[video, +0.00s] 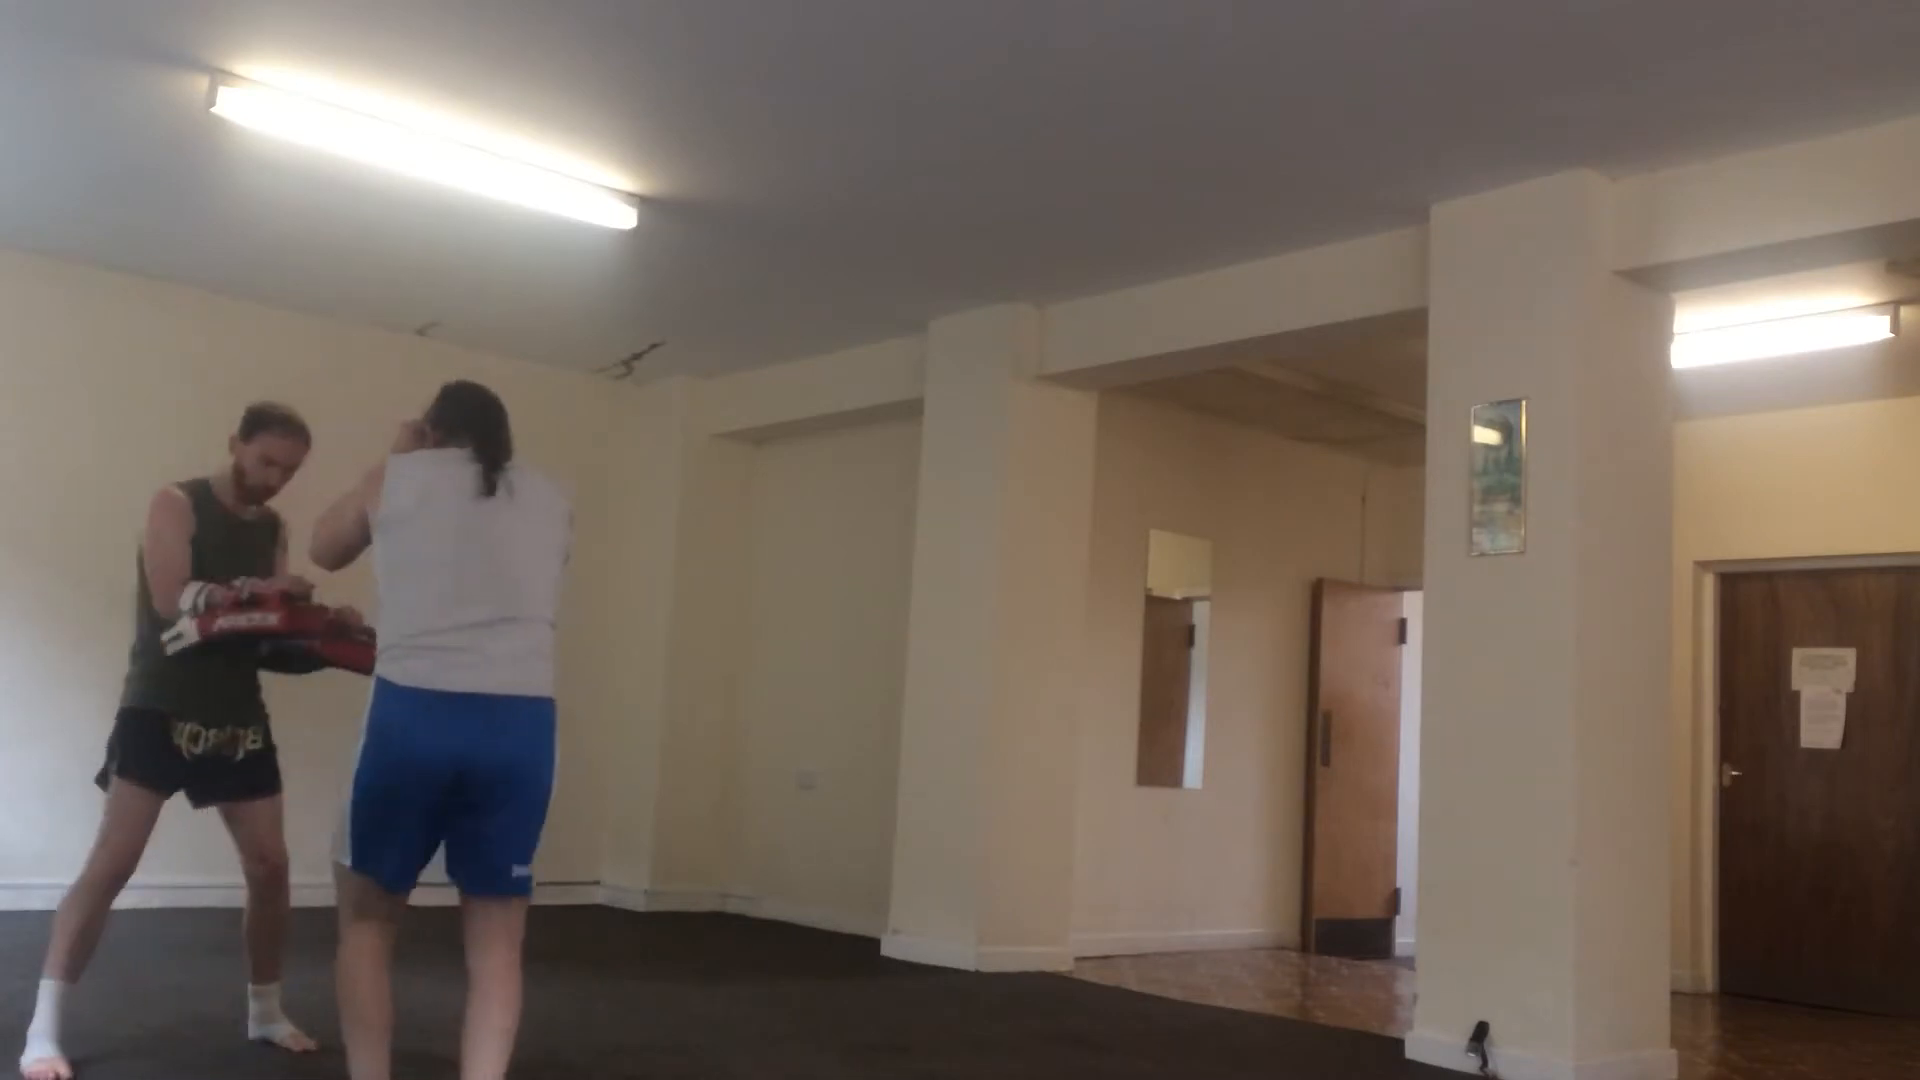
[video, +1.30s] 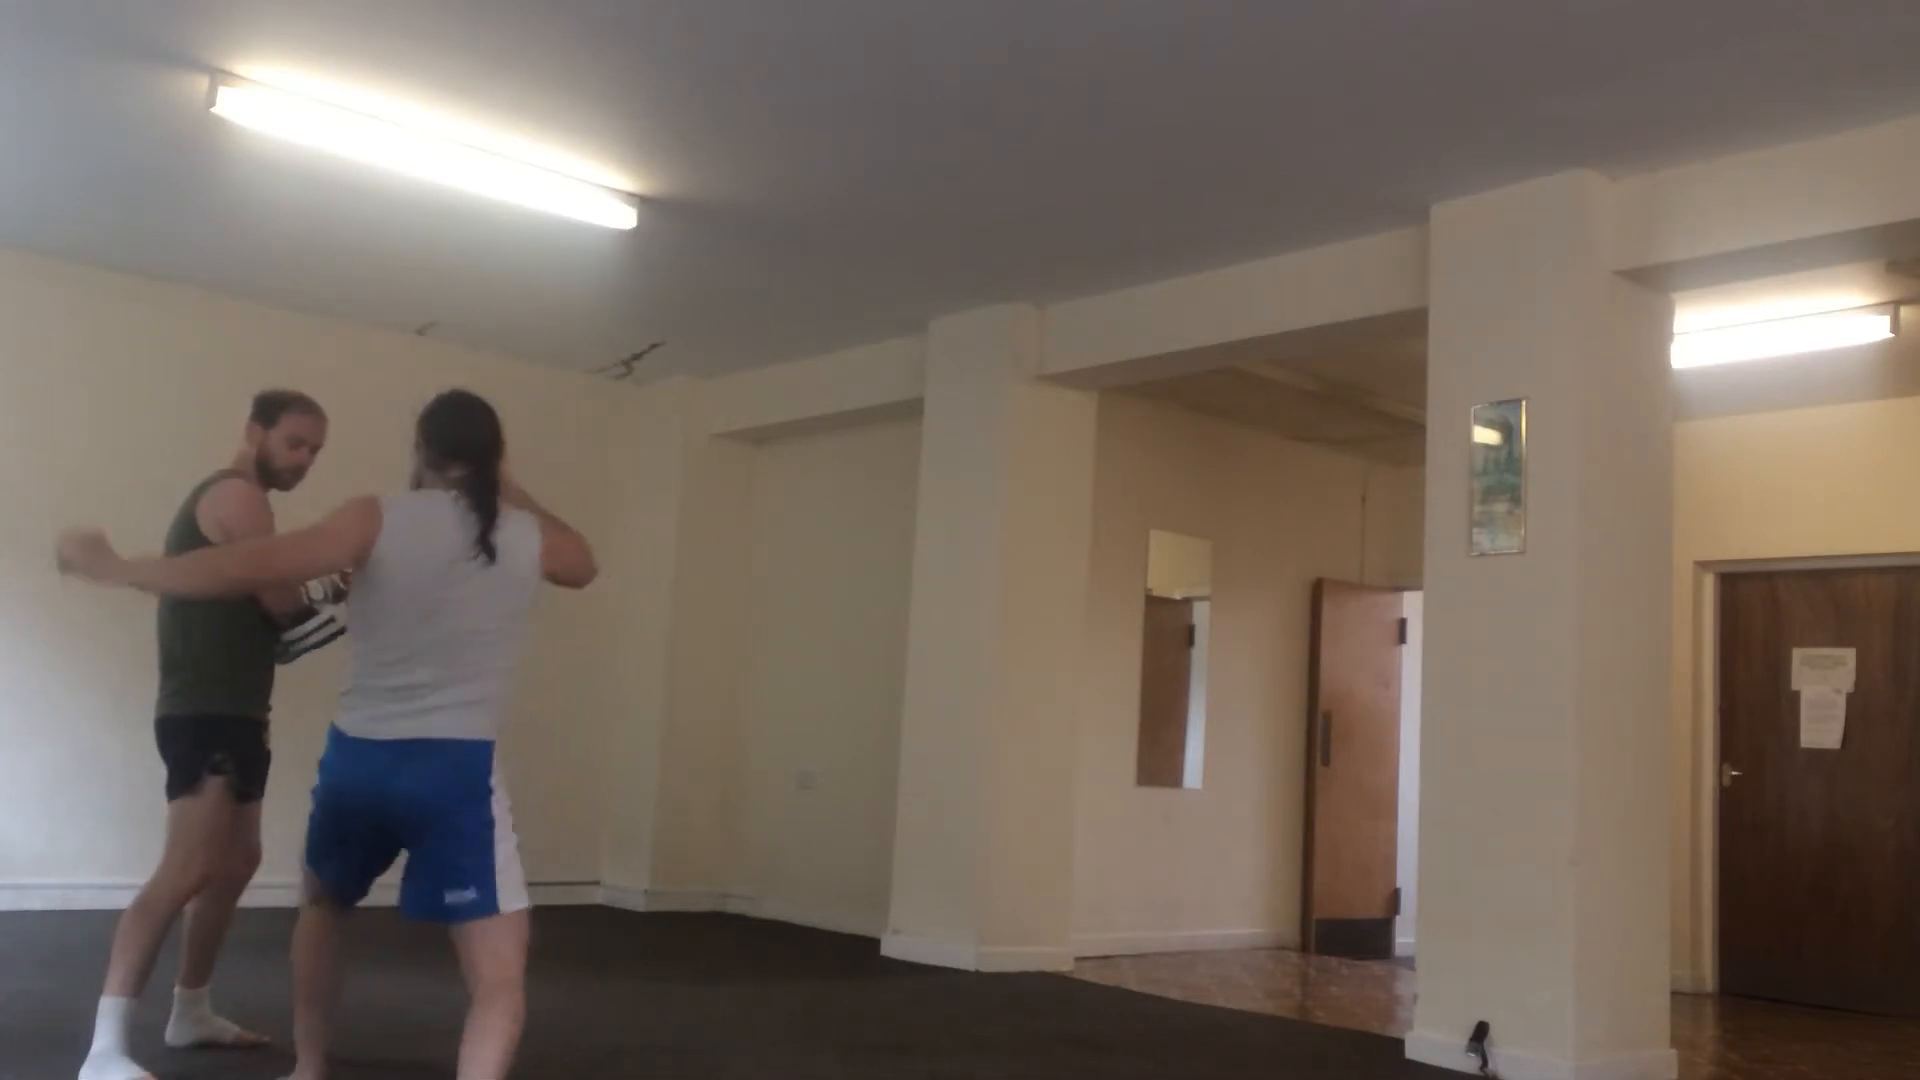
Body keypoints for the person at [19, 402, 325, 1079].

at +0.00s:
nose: (274, 480)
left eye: (287, 471)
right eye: (268, 464)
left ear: (293, 470)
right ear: (238, 444)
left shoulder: (271, 526)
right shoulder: (176, 505)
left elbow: (264, 618)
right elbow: (171, 600)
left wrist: (322, 621)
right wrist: (269, 594)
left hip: (237, 707)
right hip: (161, 706)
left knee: (269, 866)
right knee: (112, 863)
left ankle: (266, 1014)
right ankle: (43, 1030)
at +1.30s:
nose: (306, 460)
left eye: (314, 450)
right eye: (297, 445)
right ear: (256, 433)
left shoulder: (246, 500)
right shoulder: (233, 496)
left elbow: (265, 612)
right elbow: (282, 602)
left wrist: (331, 587)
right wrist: (338, 581)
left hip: (235, 714)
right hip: (205, 714)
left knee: (236, 862)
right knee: (186, 868)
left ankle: (191, 1013)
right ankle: (105, 1047)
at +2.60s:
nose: (320, 452)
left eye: (331, 442)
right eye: (309, 437)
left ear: (340, 441)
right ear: (272, 427)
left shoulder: (339, 512)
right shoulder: (222, 493)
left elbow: (339, 601)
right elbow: (198, 593)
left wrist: (379, 588)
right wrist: (295, 584)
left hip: (295, 712)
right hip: (208, 707)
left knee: (321, 880)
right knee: (182, 874)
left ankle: (258, 990)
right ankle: (169, 1040)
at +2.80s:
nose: (344, 456)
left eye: (356, 447)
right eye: (335, 440)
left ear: (364, 445)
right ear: (299, 425)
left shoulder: (362, 510)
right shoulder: (237, 493)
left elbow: (408, 587)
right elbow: (207, 603)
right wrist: (291, 570)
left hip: (323, 718)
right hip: (230, 713)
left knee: (367, 880)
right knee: (170, 879)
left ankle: (392, 1046)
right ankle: (174, 1043)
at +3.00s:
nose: (375, 455)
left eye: (388, 444)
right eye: (364, 440)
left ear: (405, 441)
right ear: (335, 431)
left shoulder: (403, 506)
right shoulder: (288, 499)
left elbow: (472, 583)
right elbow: (225, 585)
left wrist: (465, 498)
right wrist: (236, 625)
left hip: (386, 726)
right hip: (294, 722)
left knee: (427, 878)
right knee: (215, 886)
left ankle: (398, 1050)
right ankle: (151, 1027)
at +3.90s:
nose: (341, 454)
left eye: (353, 439)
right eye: (326, 442)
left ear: (380, 429)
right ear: (307, 441)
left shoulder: (413, 505)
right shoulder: (290, 499)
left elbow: (393, 580)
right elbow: (259, 581)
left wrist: (380, 506)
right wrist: (232, 528)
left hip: (369, 715)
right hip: (281, 711)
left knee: (388, 879)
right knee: (218, 874)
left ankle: (442, 1040)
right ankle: (207, 1040)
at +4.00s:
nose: (339, 456)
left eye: (349, 440)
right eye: (324, 445)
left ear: (378, 426)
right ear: (307, 440)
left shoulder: (411, 499)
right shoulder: (300, 502)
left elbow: (396, 581)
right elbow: (256, 585)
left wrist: (347, 513)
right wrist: (231, 521)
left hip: (363, 723)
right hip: (284, 715)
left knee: (361, 884)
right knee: (220, 872)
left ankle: (448, 1030)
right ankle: (208, 1038)